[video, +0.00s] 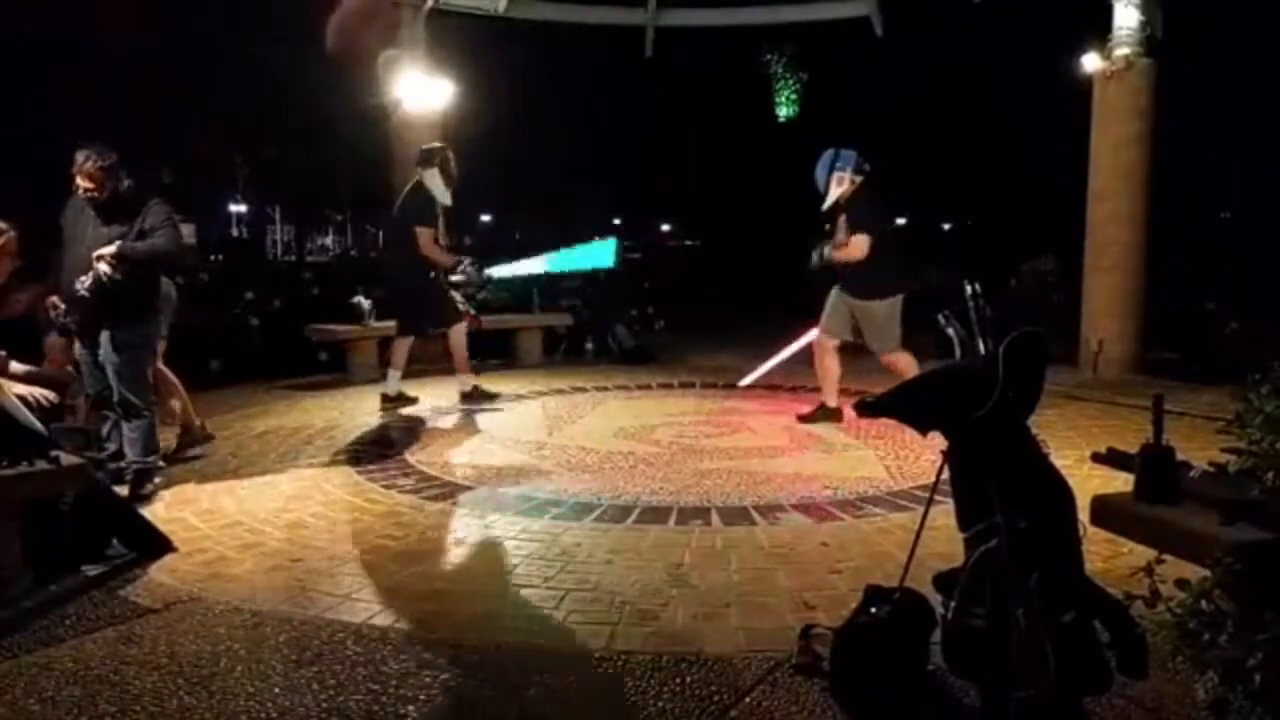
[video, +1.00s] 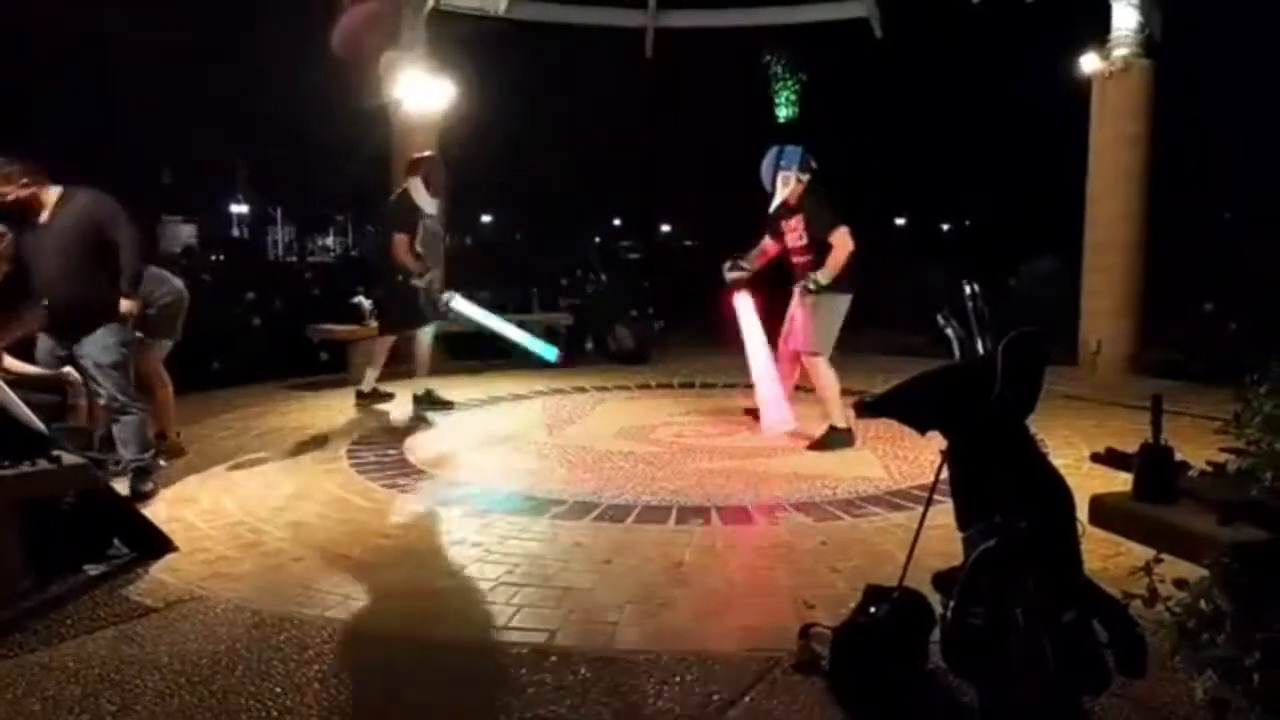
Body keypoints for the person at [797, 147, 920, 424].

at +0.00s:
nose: (827, 189)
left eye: (830, 183)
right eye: (827, 183)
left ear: (843, 179)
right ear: (844, 178)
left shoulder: (865, 204)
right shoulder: (846, 204)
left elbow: (858, 251)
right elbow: (843, 241)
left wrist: (826, 254)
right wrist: (827, 249)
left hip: (879, 293)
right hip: (847, 288)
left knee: (890, 355)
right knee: (825, 342)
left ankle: (926, 395)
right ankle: (830, 405)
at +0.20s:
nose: (814, 183)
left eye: (817, 176)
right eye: (814, 176)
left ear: (828, 173)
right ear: (825, 174)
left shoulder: (848, 199)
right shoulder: (826, 204)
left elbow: (862, 242)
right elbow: (827, 249)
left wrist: (830, 263)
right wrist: (812, 275)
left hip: (864, 289)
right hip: (836, 287)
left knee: (850, 349)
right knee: (821, 343)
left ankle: (897, 398)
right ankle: (829, 404)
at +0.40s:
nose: (807, 182)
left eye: (812, 175)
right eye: (805, 176)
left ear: (825, 173)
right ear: (804, 175)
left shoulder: (843, 201)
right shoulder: (809, 207)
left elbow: (861, 246)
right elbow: (784, 244)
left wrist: (822, 265)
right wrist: (741, 243)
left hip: (854, 284)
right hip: (832, 285)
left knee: (832, 350)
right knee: (821, 347)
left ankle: (844, 426)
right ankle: (829, 404)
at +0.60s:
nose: (791, 182)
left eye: (796, 175)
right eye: (790, 175)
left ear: (812, 174)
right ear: (796, 175)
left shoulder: (834, 202)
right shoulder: (799, 209)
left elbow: (852, 250)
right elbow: (764, 230)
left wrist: (817, 278)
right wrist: (728, 219)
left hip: (848, 286)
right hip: (825, 288)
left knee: (821, 352)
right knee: (809, 351)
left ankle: (842, 426)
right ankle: (831, 408)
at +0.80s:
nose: (791, 174)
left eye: (794, 166)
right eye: (787, 168)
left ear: (806, 166)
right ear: (783, 173)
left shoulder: (830, 197)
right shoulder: (787, 206)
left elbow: (851, 240)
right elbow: (763, 239)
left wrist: (815, 263)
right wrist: (737, 232)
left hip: (841, 285)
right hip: (815, 284)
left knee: (824, 350)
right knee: (799, 345)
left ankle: (841, 425)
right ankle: (828, 404)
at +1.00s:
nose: (781, 187)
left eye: (787, 180)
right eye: (778, 180)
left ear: (800, 179)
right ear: (774, 179)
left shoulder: (815, 206)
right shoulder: (781, 214)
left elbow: (844, 243)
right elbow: (769, 246)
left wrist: (821, 278)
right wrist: (747, 265)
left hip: (829, 290)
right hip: (804, 289)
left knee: (813, 355)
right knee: (788, 351)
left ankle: (839, 425)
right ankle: (774, 407)